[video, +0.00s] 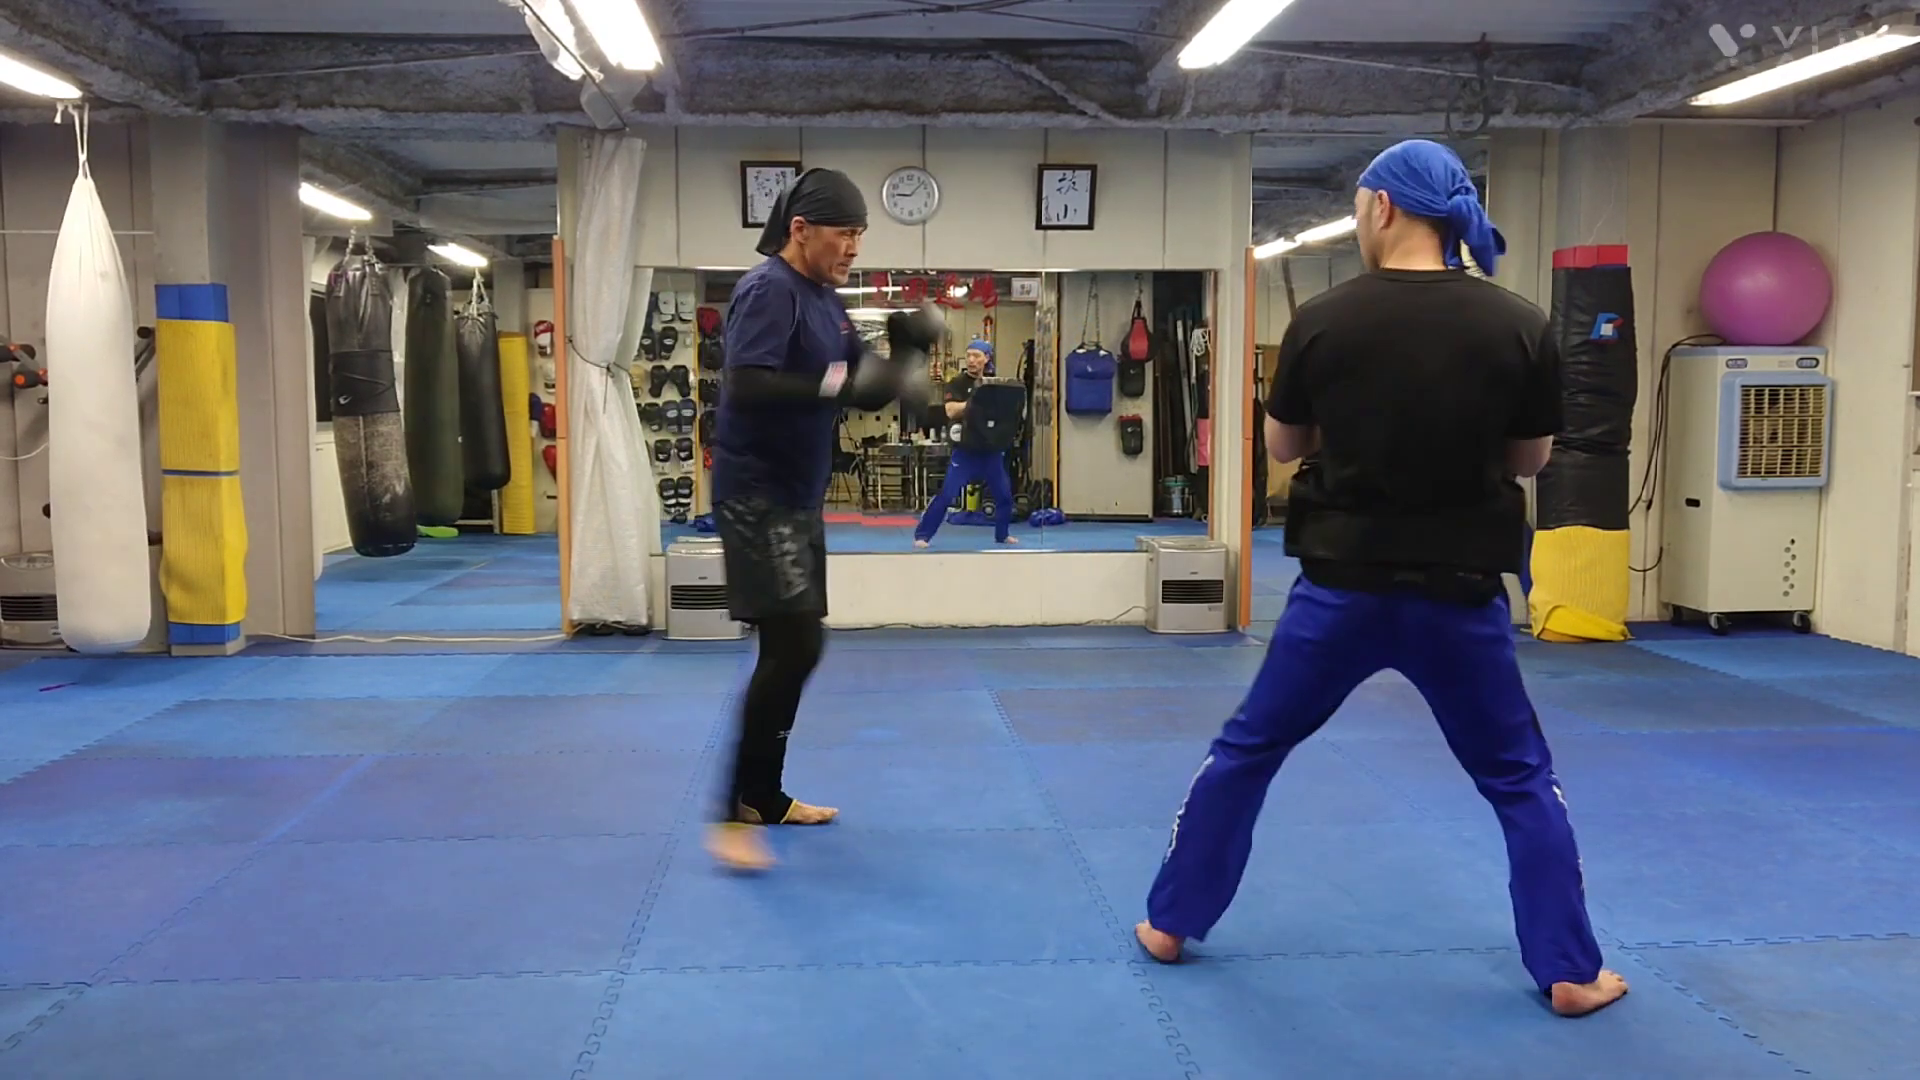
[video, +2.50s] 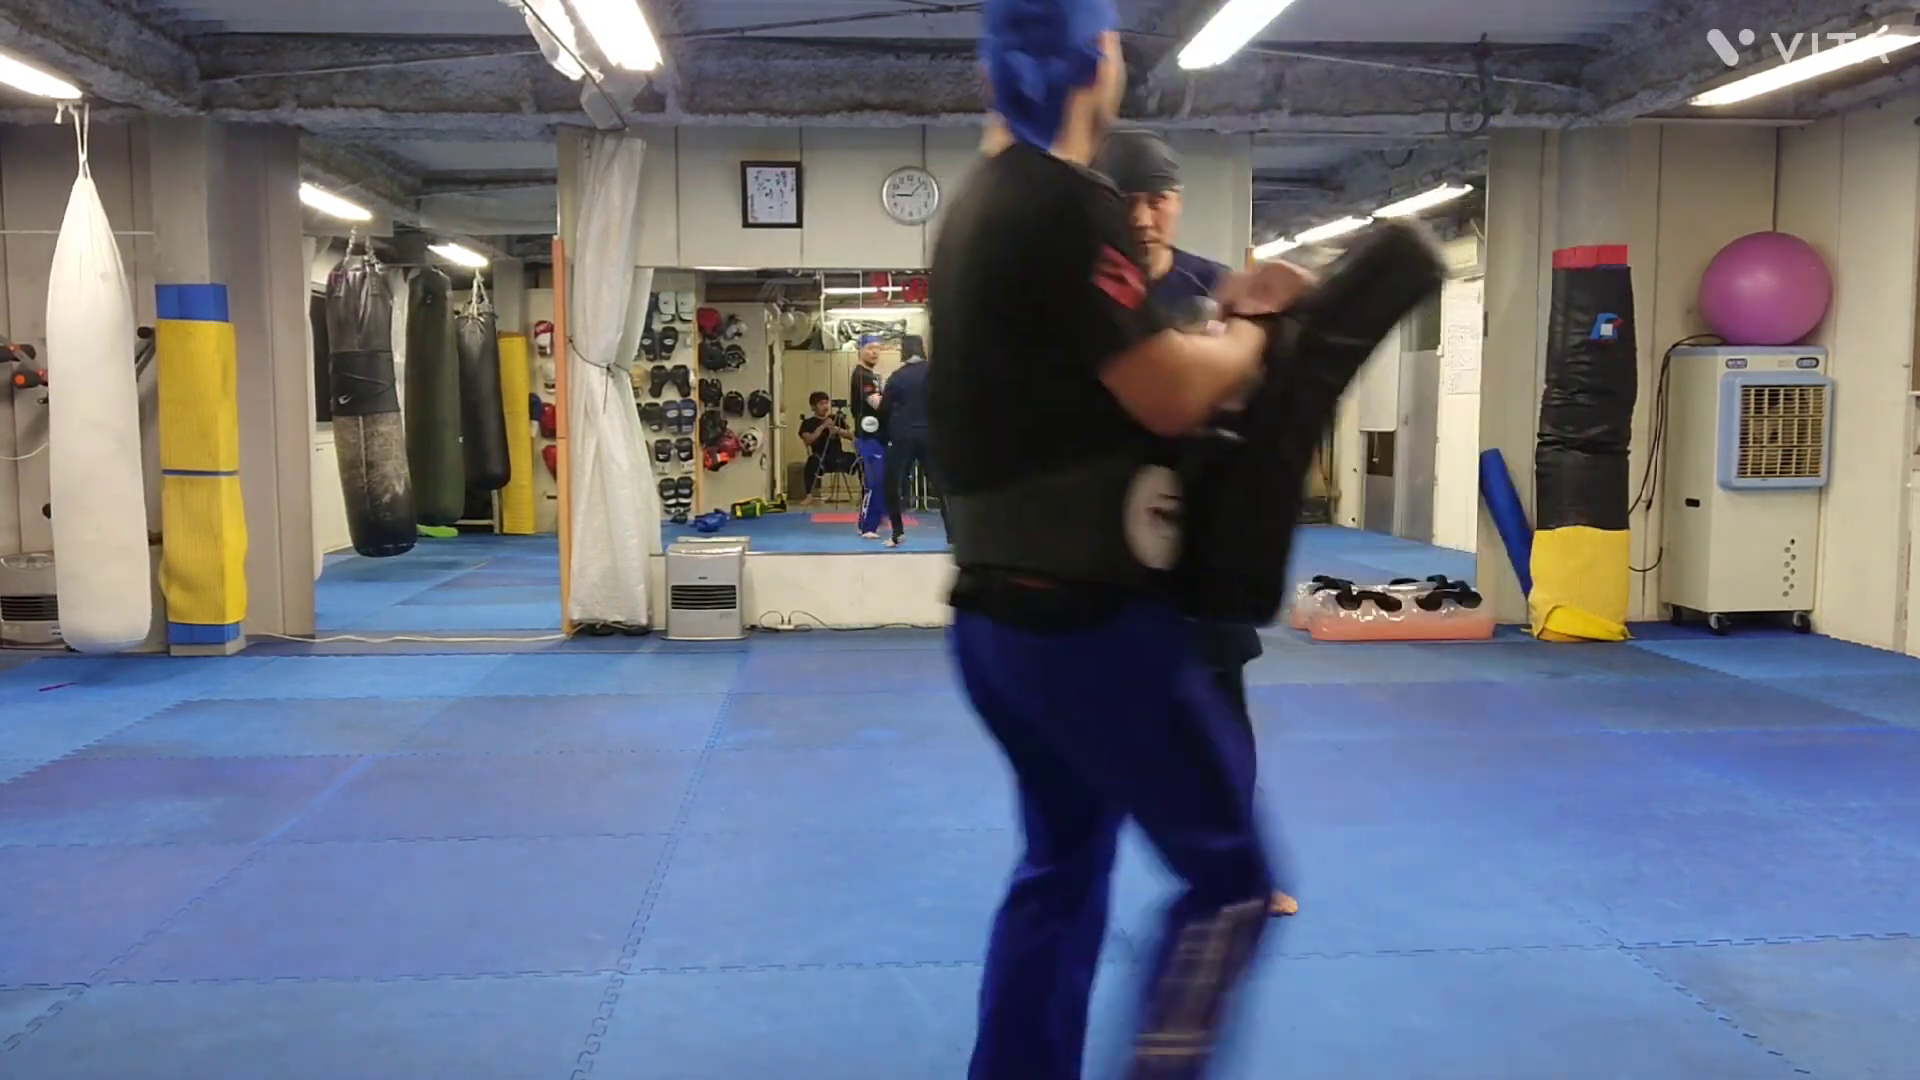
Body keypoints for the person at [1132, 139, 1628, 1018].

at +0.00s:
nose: (1354, 221)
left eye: (1360, 205)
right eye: (1360, 205)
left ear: (1385, 210)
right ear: (1451, 219)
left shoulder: (1329, 319)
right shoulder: (1520, 323)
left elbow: (1284, 445)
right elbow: (1531, 458)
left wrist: (1368, 424)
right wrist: (1450, 437)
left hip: (1339, 597)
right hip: (1463, 605)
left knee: (1246, 750)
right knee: (1520, 780)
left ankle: (1170, 924)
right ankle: (1569, 975)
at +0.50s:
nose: (1353, 225)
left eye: (1358, 209)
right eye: (1357, 209)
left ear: (1387, 215)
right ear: (1450, 224)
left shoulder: (1323, 321)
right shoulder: (1510, 339)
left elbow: (1265, 436)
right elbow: (1494, 457)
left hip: (1320, 605)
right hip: (1439, 609)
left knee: (1235, 758)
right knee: (1502, 776)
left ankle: (1174, 927)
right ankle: (1568, 972)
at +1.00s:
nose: (1384, 156)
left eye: (1390, 142)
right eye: (1390, 140)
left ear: (1417, 160)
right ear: (1487, 170)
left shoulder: (1335, 276)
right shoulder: (1546, 297)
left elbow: (1298, 415)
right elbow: (1568, 446)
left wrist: (1394, 391)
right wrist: (1489, 414)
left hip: (1349, 586)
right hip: (1478, 594)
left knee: (1276, 778)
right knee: (1539, 786)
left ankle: (1211, 970)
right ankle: (1578, 980)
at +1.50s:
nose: (1336, 144)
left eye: (1338, 128)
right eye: (1342, 128)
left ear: (1352, 136)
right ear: (1453, 138)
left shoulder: (1280, 272)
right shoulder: (1520, 263)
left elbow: (1277, 435)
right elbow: (1574, 433)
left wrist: (1380, 420)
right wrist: (1490, 397)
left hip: (1340, 619)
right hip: (1483, 621)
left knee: (1275, 823)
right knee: (1528, 877)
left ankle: (1204, 1035)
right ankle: (1536, 1069)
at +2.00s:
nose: (1303, 112)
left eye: (1307, 94)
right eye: (1309, 92)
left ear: (1325, 105)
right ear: (1420, 108)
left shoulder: (1253, 245)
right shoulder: (1504, 247)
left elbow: (1242, 402)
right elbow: (1549, 420)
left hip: (1303, 624)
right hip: (1455, 632)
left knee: (1235, 831)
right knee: (1515, 883)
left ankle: (1200, 1034)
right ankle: (1531, 1072)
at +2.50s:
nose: (1123, 62)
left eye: (1117, 44)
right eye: (1117, 44)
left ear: (1003, 70)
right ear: (1096, 60)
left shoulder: (979, 206)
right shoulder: (1060, 203)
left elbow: (1068, 380)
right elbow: (1170, 396)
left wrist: (1217, 320)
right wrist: (1245, 334)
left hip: (998, 617)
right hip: (1090, 623)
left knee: (1061, 877)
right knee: (1230, 878)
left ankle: (1018, 1072)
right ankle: (1162, 1063)